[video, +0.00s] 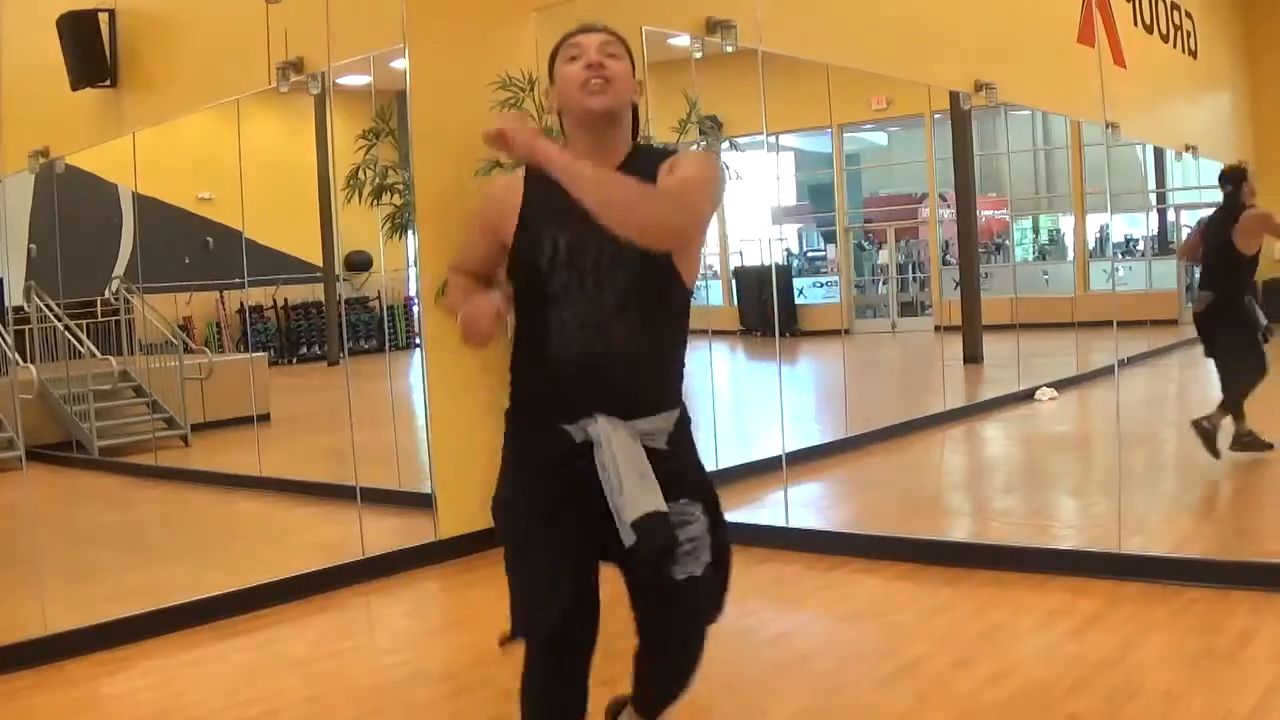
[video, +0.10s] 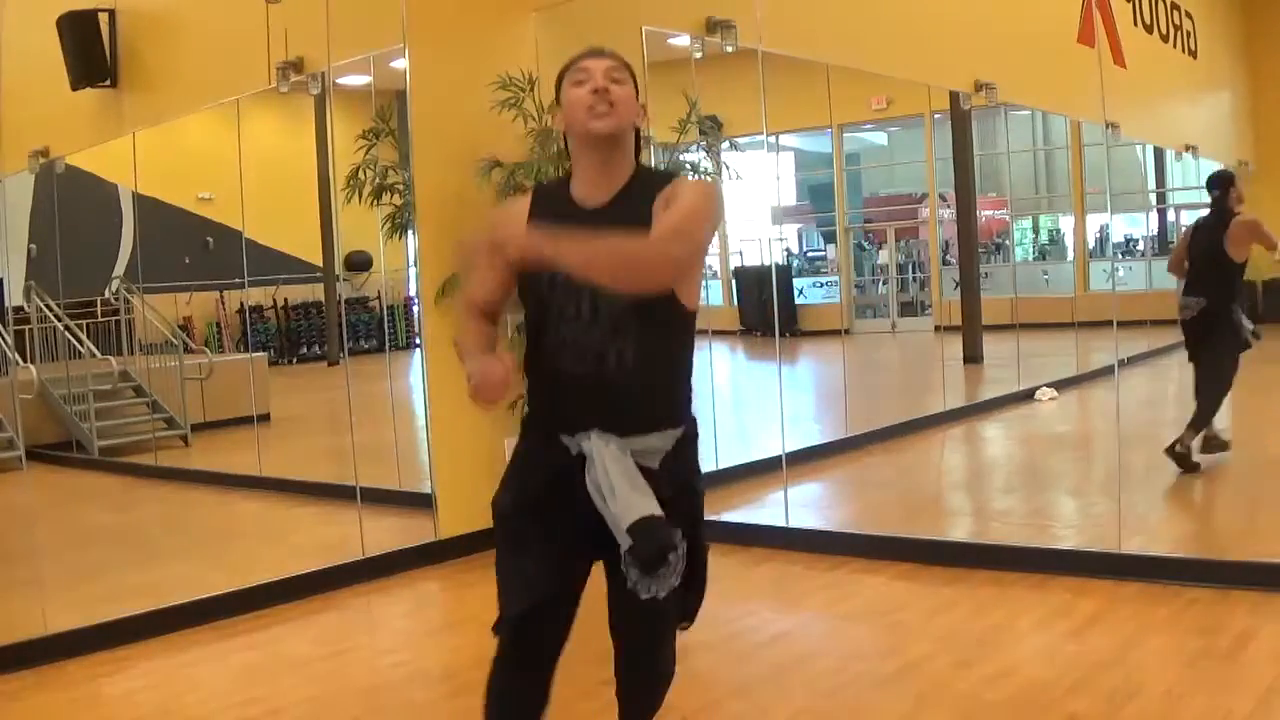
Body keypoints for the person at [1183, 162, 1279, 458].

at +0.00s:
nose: (1254, 188)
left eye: (1252, 183)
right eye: (1251, 184)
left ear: (1224, 189)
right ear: (1244, 188)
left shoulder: (1209, 220)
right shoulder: (1256, 218)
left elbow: (1185, 253)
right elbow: (1279, 230)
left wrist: (1211, 253)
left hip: (1205, 308)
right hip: (1233, 306)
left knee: (1230, 369)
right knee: (1256, 368)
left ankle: (1242, 431)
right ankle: (1212, 421)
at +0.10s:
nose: (1242, 193)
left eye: (1240, 187)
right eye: (1239, 188)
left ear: (1211, 194)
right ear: (1231, 192)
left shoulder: (1194, 228)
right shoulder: (1246, 224)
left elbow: (1175, 266)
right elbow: (1273, 246)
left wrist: (1201, 275)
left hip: (1191, 310)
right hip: (1222, 311)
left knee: (1204, 372)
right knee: (1221, 378)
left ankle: (1210, 434)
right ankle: (1184, 441)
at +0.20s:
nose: (1230, 206)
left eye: (1228, 201)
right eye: (1227, 201)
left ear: (1201, 207)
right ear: (1219, 205)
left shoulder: (1186, 239)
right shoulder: (1233, 240)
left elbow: (1172, 280)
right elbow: (1256, 274)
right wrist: (1261, 304)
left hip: (1177, 324)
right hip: (1209, 327)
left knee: (1172, 384)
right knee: (1208, 394)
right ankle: (1175, 452)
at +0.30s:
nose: (1221, 207)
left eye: (1218, 201)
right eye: (1216, 202)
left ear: (1191, 210)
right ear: (1208, 209)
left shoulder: (1178, 242)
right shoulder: (1225, 247)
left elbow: (1172, 287)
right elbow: (1236, 297)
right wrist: (1239, 342)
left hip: (1166, 329)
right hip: (1200, 333)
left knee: (1149, 386)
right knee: (1206, 390)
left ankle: (1119, 446)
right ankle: (1172, 455)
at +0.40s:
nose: (1216, 203)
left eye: (1213, 198)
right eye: (1211, 198)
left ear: (1187, 205)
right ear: (1201, 204)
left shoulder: (1172, 235)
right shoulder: (1215, 240)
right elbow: (1212, 272)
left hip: (1154, 324)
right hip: (1186, 327)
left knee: (1131, 380)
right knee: (1201, 386)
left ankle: (1103, 443)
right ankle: (1171, 455)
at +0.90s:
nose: (1165, 210)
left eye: (1164, 204)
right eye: (1162, 205)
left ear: (1135, 209)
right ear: (1151, 206)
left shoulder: (1114, 241)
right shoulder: (1166, 244)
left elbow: (1106, 291)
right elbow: (1183, 297)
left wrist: (1108, 327)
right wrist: (1192, 339)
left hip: (1111, 339)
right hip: (1147, 337)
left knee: (1112, 403)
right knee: (1158, 398)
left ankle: (1108, 474)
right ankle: (1167, 457)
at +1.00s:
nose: (1155, 207)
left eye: (1153, 201)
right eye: (1152, 202)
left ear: (1124, 208)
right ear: (1142, 206)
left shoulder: (1104, 242)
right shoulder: (1161, 241)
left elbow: (1091, 294)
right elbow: (1184, 287)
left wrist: (1088, 335)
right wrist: (1189, 304)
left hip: (1104, 337)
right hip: (1139, 336)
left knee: (1107, 405)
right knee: (1150, 397)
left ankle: (1108, 474)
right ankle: (1160, 456)